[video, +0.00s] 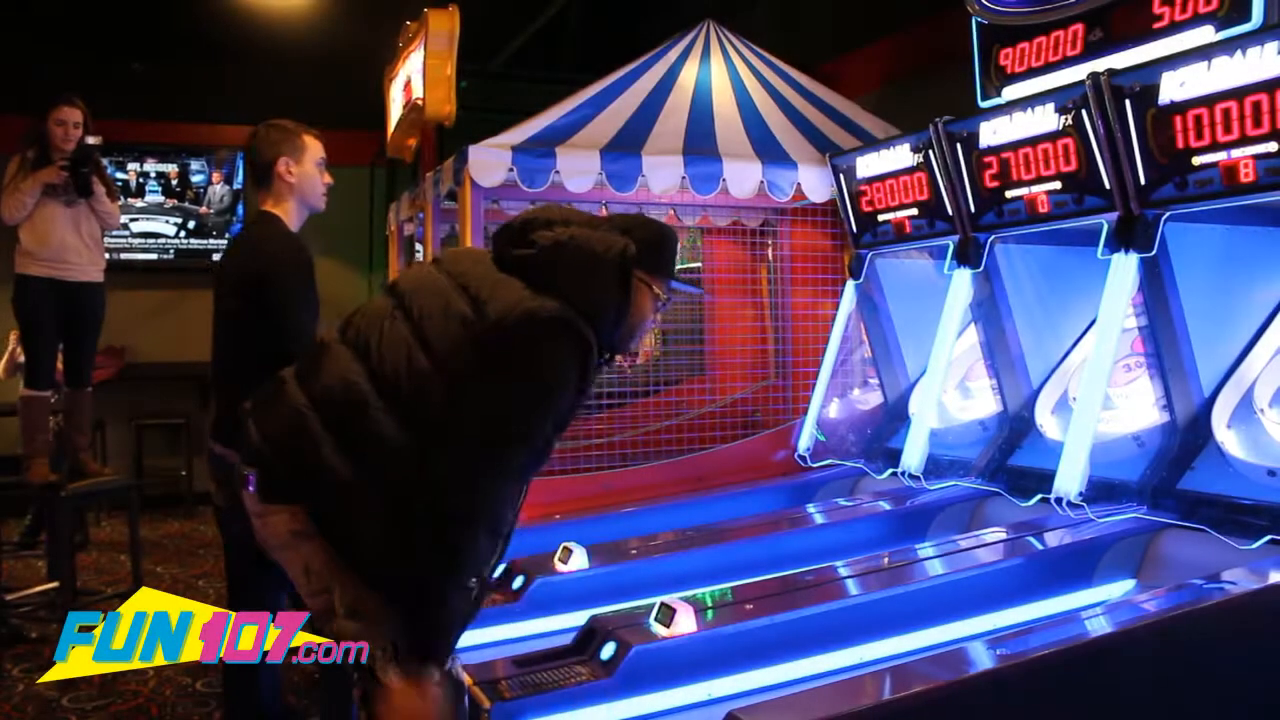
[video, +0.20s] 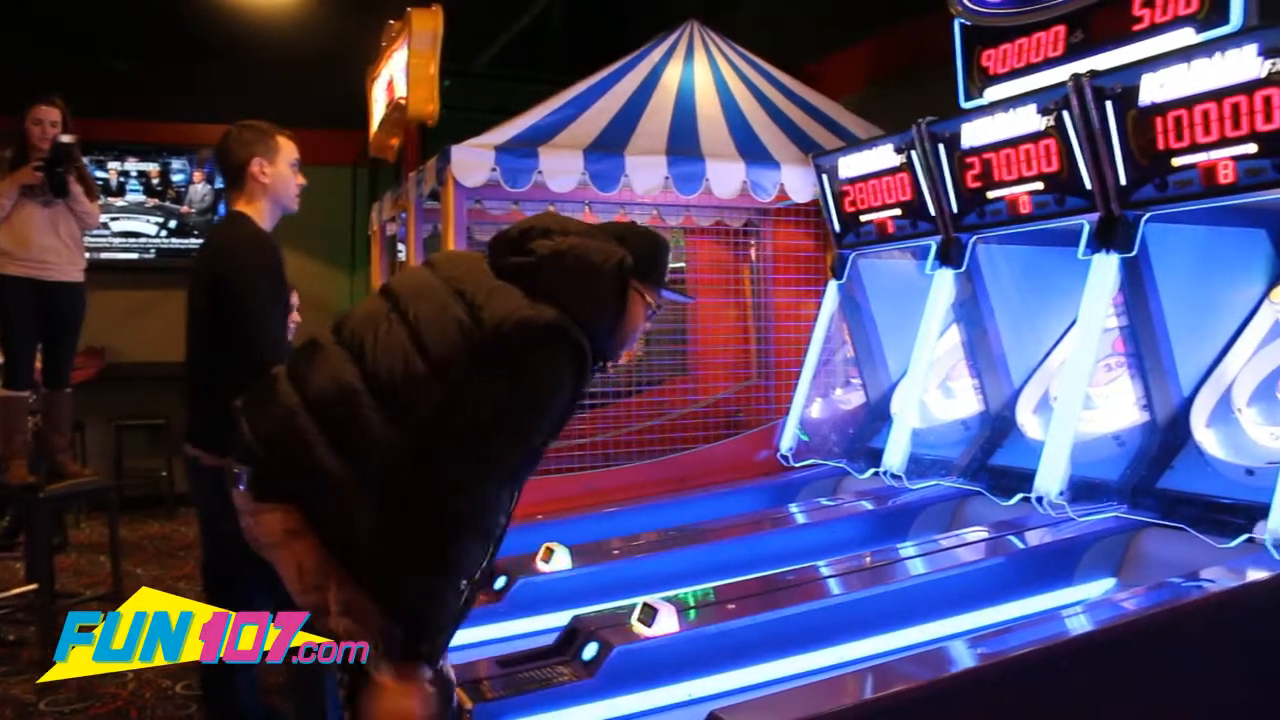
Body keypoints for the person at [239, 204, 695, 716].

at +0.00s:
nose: (658, 319)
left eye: (662, 302)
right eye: (655, 297)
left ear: (600, 273)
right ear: (617, 279)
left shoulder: (479, 272)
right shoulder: (555, 335)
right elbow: (480, 490)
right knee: (417, 689)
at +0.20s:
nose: (646, 328)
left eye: (653, 311)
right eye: (646, 306)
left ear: (583, 270)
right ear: (611, 288)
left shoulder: (469, 270)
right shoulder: (551, 342)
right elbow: (468, 492)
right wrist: (415, 650)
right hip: (313, 504)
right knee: (406, 688)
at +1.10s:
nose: (626, 300)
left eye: (629, 285)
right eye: (621, 281)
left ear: (553, 260)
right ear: (580, 270)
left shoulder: (438, 265)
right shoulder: (527, 340)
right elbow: (532, 523)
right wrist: (593, 681)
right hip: (285, 499)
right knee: (371, 693)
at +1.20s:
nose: (626, 302)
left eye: (629, 288)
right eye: (621, 284)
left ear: (555, 263)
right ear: (582, 274)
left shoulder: (441, 265)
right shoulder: (527, 347)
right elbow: (541, 529)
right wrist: (601, 683)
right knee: (366, 694)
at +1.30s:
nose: (624, 309)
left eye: (628, 292)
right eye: (619, 290)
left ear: (552, 260)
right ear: (580, 280)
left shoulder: (439, 265)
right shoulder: (526, 351)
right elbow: (542, 532)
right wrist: (603, 688)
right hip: (280, 505)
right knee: (363, 694)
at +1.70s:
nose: (602, 298)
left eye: (606, 282)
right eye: (598, 278)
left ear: (528, 255)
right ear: (558, 267)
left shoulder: (411, 263)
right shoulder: (498, 338)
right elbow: (485, 519)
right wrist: (568, 648)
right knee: (352, 697)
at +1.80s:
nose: (598, 301)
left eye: (603, 284)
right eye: (595, 280)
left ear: (531, 258)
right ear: (555, 267)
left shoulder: (415, 262)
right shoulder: (496, 331)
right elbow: (461, 505)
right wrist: (526, 649)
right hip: (260, 504)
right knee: (348, 695)